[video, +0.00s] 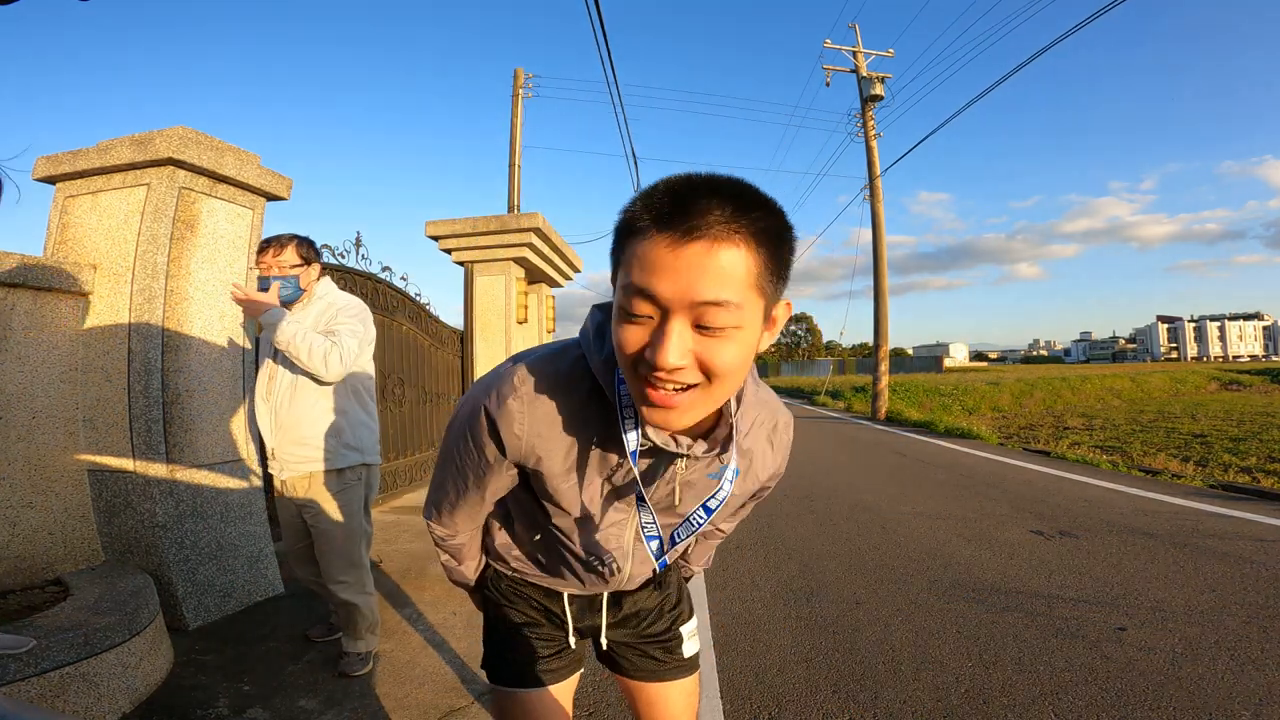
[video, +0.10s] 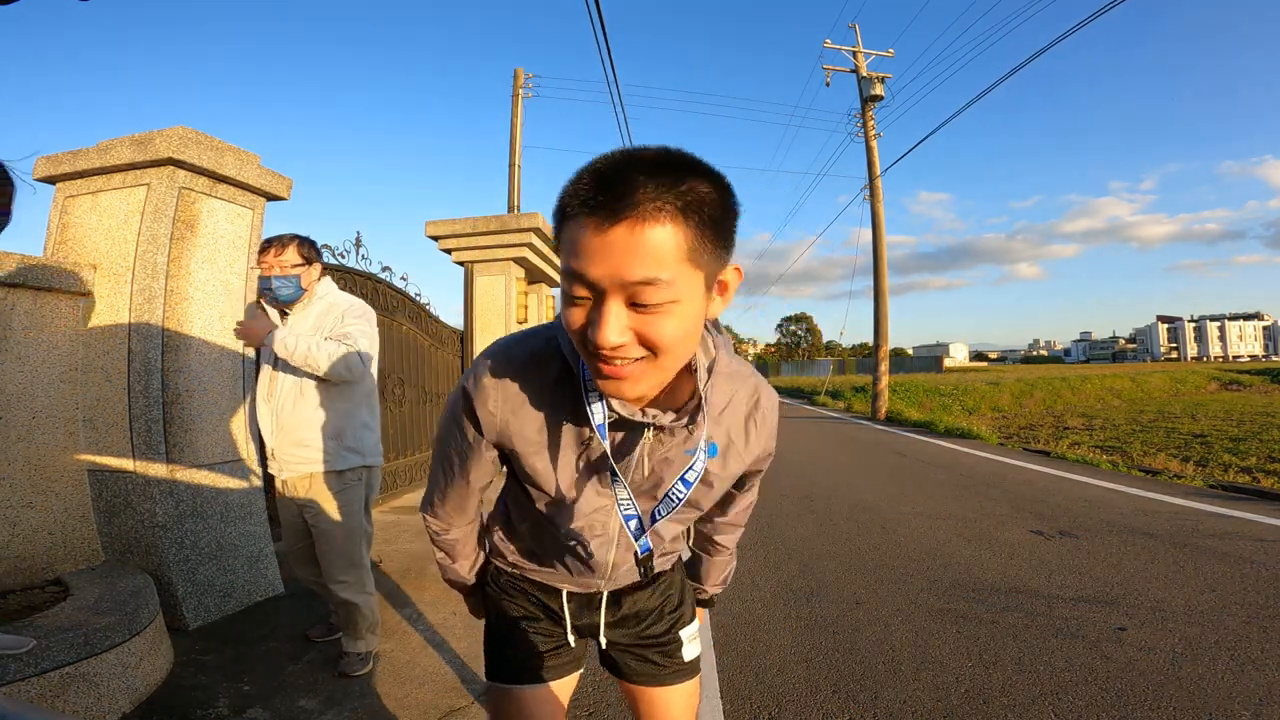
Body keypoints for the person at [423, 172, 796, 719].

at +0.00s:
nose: (665, 355)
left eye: (708, 325)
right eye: (640, 314)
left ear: (770, 326)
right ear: (614, 299)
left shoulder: (767, 432)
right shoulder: (520, 401)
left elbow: (716, 528)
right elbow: (450, 518)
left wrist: (676, 569)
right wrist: (486, 583)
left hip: (653, 581)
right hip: (531, 586)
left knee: (674, 710)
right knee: (533, 708)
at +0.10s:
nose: (604, 333)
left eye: (644, 302)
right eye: (581, 296)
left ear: (719, 293)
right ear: (563, 280)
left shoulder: (748, 407)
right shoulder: (501, 385)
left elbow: (728, 516)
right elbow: (447, 515)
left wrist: (702, 586)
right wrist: (474, 586)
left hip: (656, 581)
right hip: (533, 584)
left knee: (673, 710)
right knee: (522, 709)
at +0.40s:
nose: (374, 305)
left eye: (401, 269)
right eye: (360, 273)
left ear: (509, 242)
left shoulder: (640, 356)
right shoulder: (397, 376)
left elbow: (718, 518)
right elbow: (394, 514)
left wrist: (713, 660)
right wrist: (383, 627)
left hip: (620, 602)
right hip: (489, 601)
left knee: (648, 709)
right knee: (468, 707)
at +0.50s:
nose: (262, 327)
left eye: (286, 286)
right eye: (244, 292)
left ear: (407, 253)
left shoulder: (574, 360)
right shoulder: (337, 395)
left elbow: (670, 541)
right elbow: (336, 532)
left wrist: (622, 692)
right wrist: (299, 644)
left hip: (586, 606)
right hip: (461, 609)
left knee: (592, 707)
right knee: (433, 709)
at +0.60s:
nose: (113, 357)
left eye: (132, 313)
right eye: (99, 321)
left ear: (275, 271)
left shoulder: (493, 377)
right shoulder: (246, 399)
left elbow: (570, 597)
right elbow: (257, 556)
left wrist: (457, 715)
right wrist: (154, 673)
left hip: (518, 623)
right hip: (404, 620)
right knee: (389, 711)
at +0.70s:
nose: (5, 373)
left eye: (8, 333)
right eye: (1, 345)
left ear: (122, 286)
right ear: (125, 289)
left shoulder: (375, 377)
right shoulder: (157, 406)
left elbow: (421, 642)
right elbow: (158, 582)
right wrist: (19, 673)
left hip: (501, 601)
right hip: (361, 611)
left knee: (564, 709)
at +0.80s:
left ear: (16, 288)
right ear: (20, 288)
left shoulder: (278, 361)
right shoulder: (77, 412)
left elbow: (268, 647)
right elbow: (93, 574)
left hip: (464, 601)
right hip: (323, 624)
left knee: (543, 705)